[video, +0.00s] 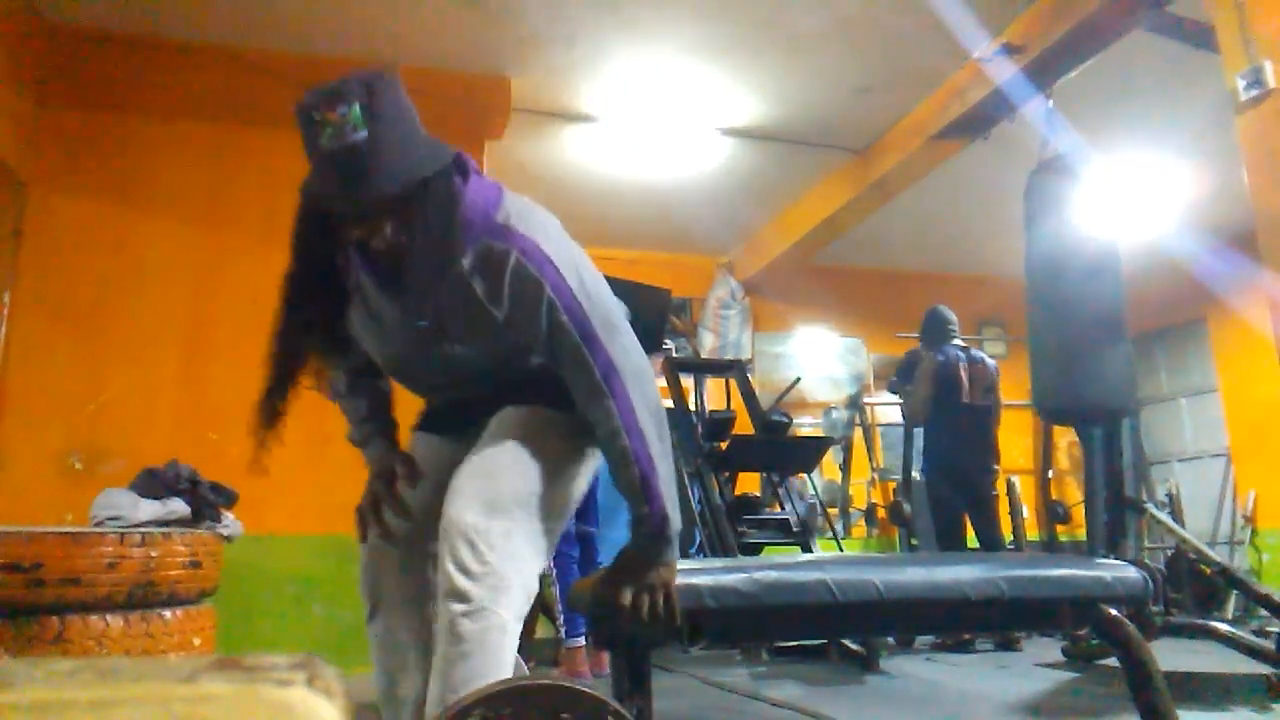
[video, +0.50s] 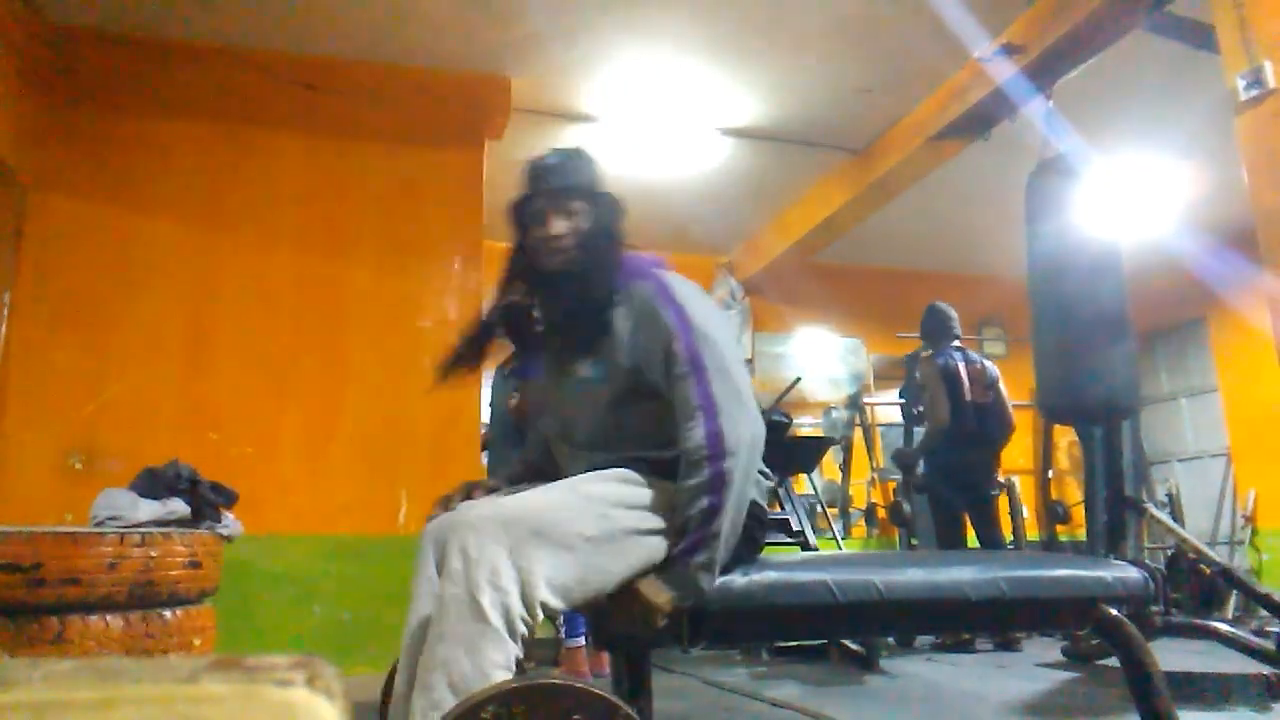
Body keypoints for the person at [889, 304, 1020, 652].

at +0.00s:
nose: (922, 341)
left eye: (923, 335)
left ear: (927, 334)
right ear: (957, 330)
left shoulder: (931, 362)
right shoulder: (986, 363)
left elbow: (918, 412)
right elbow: (995, 417)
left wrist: (905, 399)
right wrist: (991, 455)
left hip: (943, 466)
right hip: (980, 466)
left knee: (950, 547)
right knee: (993, 543)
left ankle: (958, 629)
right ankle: (1008, 628)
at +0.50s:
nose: (923, 340)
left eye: (923, 334)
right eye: (926, 333)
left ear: (927, 333)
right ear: (958, 330)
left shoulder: (931, 365)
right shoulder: (986, 365)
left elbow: (939, 420)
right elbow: (1007, 422)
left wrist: (914, 452)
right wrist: (991, 454)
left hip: (946, 464)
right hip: (981, 464)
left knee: (951, 546)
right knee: (993, 542)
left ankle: (957, 631)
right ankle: (1008, 628)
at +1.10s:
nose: (926, 341)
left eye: (926, 336)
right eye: (928, 337)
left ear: (931, 334)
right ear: (962, 329)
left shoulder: (935, 364)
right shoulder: (990, 364)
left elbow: (928, 420)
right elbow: (1002, 423)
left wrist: (905, 409)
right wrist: (970, 417)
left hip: (946, 461)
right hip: (983, 460)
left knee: (952, 545)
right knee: (993, 541)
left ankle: (960, 630)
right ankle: (1007, 628)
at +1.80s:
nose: (923, 342)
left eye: (922, 336)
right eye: (927, 336)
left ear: (924, 335)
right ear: (955, 332)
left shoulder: (927, 367)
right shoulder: (982, 366)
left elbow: (933, 422)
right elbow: (1003, 421)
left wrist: (913, 459)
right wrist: (993, 459)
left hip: (943, 467)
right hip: (979, 467)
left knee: (949, 545)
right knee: (990, 540)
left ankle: (957, 628)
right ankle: (1005, 624)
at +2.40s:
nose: (929, 338)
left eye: (929, 333)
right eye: (933, 333)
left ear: (933, 332)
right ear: (965, 329)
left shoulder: (933, 366)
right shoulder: (989, 365)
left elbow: (924, 421)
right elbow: (1004, 424)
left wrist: (904, 415)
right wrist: (977, 423)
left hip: (945, 466)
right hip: (982, 466)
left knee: (951, 547)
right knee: (995, 543)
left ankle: (956, 629)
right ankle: (1009, 627)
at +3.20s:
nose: (923, 340)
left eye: (923, 334)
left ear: (924, 335)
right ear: (955, 332)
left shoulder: (927, 369)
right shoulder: (981, 369)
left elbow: (936, 425)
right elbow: (1001, 427)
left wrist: (918, 466)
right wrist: (994, 469)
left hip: (944, 471)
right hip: (979, 470)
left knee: (948, 549)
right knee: (993, 545)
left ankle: (956, 630)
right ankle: (1008, 627)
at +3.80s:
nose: (929, 341)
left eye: (929, 335)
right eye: (931, 336)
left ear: (933, 334)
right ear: (964, 329)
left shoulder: (936, 363)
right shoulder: (992, 364)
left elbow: (929, 420)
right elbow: (1004, 424)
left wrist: (905, 419)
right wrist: (974, 425)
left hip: (946, 467)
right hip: (983, 466)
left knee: (950, 546)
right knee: (992, 541)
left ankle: (955, 628)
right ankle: (1008, 627)